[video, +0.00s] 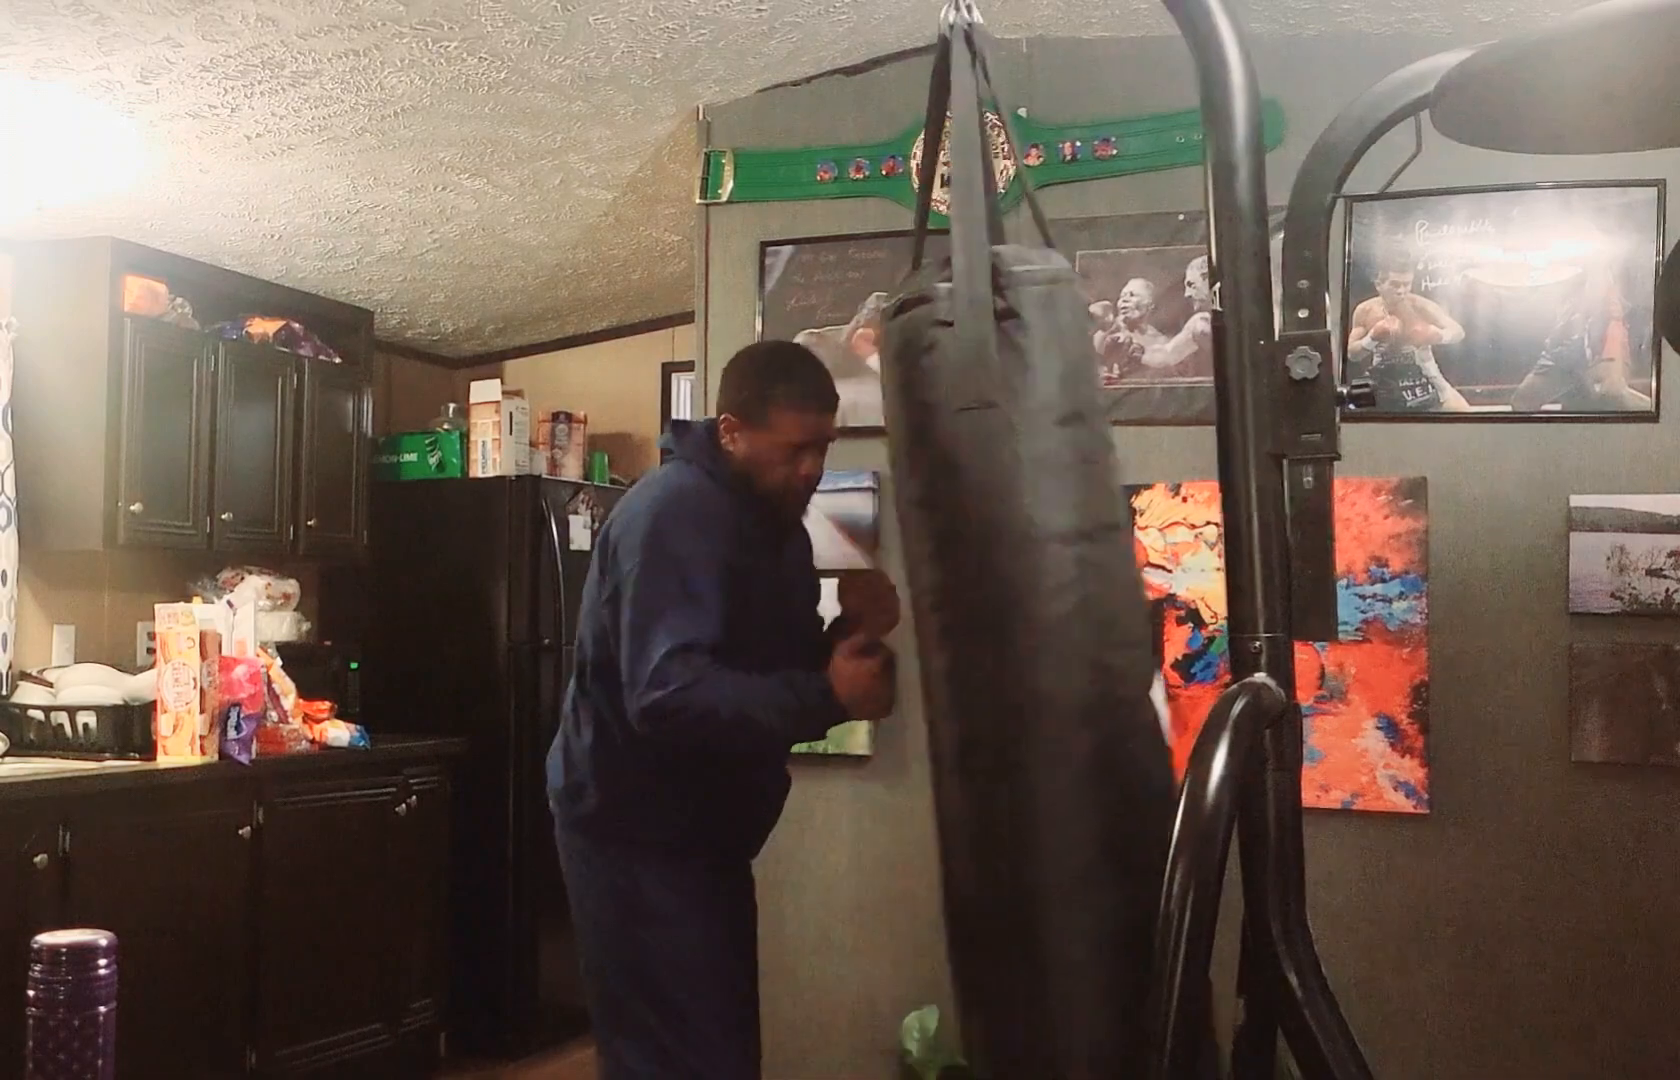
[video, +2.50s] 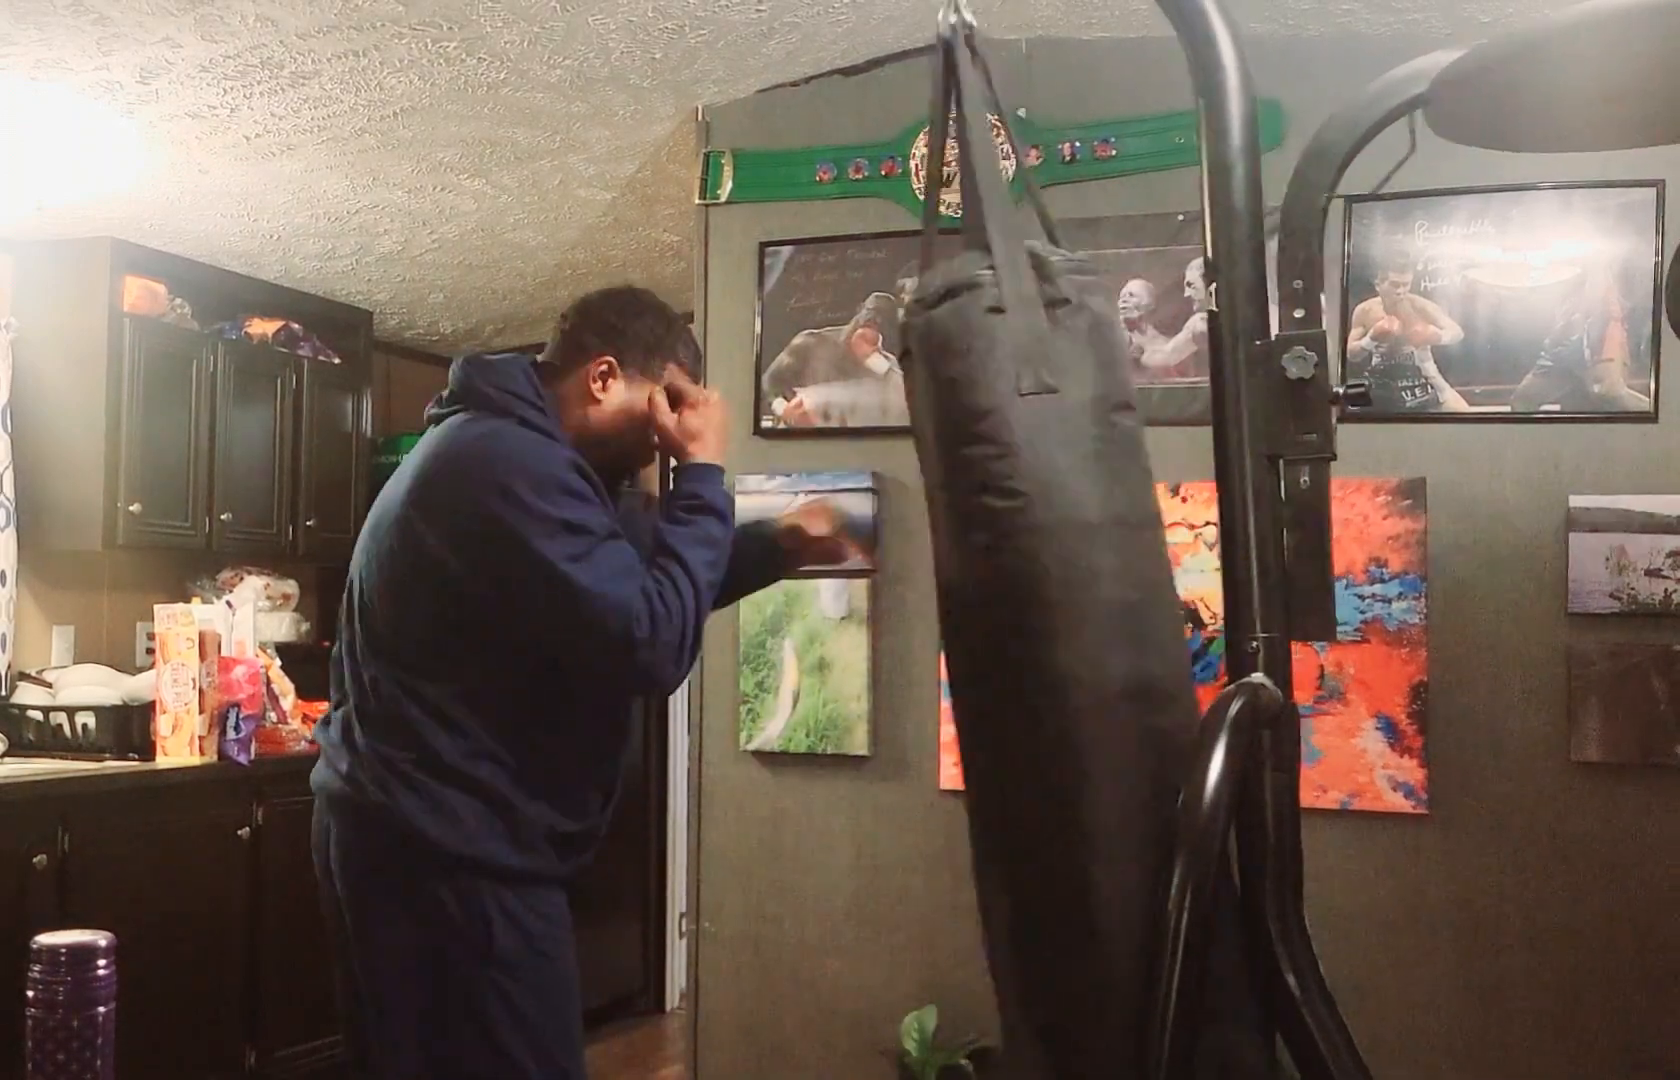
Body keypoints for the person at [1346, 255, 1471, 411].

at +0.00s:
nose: (1401, 291)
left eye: (1406, 285)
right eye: (1395, 285)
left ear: (1412, 283)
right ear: (1379, 284)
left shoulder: (1421, 305)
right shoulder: (1364, 311)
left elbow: (1458, 332)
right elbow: (1352, 355)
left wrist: (1436, 335)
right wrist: (1373, 338)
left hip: (1429, 385)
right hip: (1385, 389)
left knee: (1468, 419)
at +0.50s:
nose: (1402, 290)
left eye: (1406, 285)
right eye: (1396, 284)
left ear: (1412, 283)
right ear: (1379, 284)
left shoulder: (1421, 305)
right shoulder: (1365, 310)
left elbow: (1458, 331)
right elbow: (1352, 353)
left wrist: (1436, 335)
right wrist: (1373, 337)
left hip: (1427, 380)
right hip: (1384, 383)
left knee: (1467, 416)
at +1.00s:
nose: (1402, 291)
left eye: (1407, 285)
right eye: (1396, 285)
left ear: (1412, 283)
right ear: (1379, 284)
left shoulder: (1421, 305)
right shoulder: (1365, 310)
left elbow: (1458, 332)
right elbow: (1352, 353)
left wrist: (1435, 335)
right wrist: (1374, 338)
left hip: (1428, 382)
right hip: (1385, 385)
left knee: (1469, 418)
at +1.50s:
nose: (1402, 291)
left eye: (1406, 285)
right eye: (1395, 285)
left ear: (1411, 283)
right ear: (1379, 284)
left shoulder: (1421, 305)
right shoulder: (1365, 311)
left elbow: (1457, 331)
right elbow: (1352, 354)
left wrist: (1436, 335)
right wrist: (1374, 337)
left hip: (1428, 382)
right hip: (1385, 386)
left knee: (1468, 418)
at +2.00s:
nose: (1402, 291)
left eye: (1406, 285)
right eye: (1395, 285)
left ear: (1411, 283)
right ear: (1379, 284)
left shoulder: (1421, 305)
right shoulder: (1365, 311)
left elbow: (1457, 332)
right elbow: (1353, 355)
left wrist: (1434, 336)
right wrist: (1373, 338)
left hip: (1428, 382)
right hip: (1385, 386)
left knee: (1468, 418)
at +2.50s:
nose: (1401, 291)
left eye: (1406, 285)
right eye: (1395, 285)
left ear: (1411, 284)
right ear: (1378, 284)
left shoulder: (1420, 305)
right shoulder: (1365, 311)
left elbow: (1457, 332)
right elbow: (1351, 354)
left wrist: (1434, 336)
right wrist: (1372, 338)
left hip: (1426, 382)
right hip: (1383, 386)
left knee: (1467, 418)